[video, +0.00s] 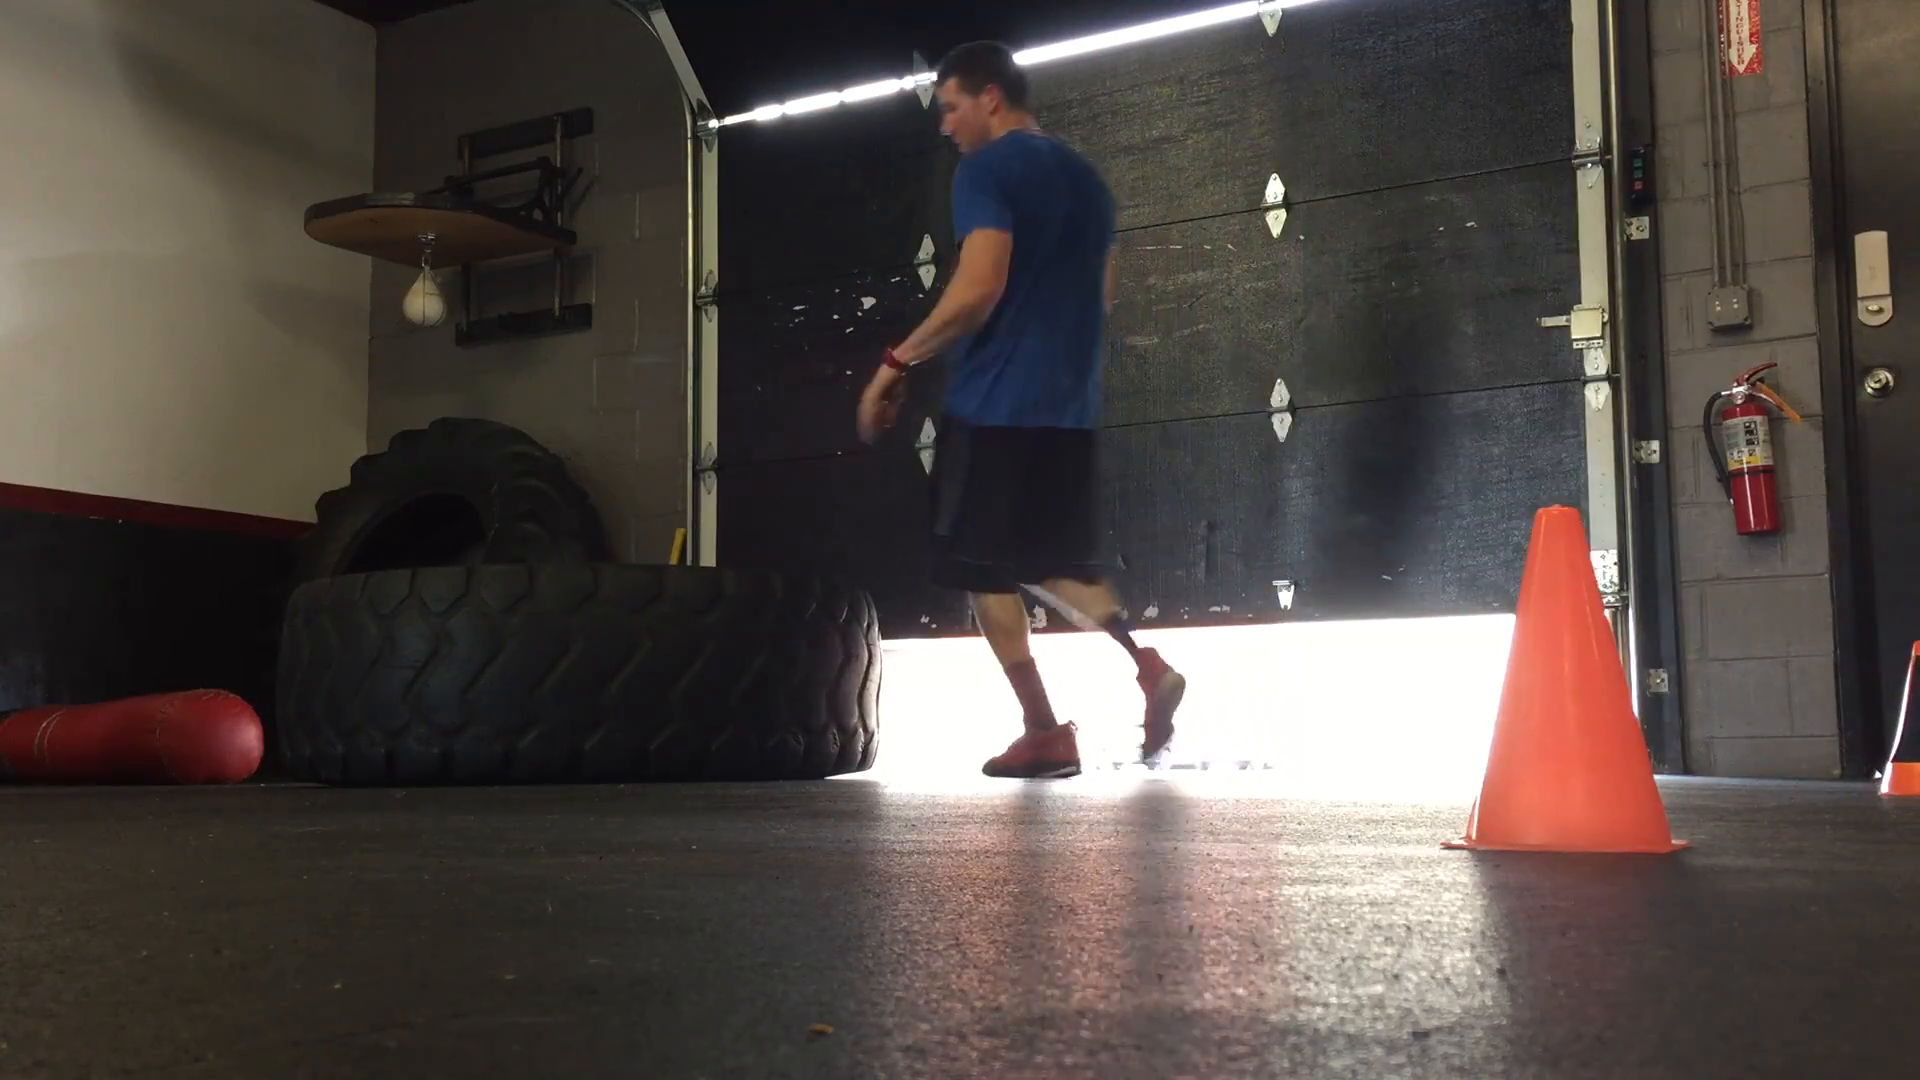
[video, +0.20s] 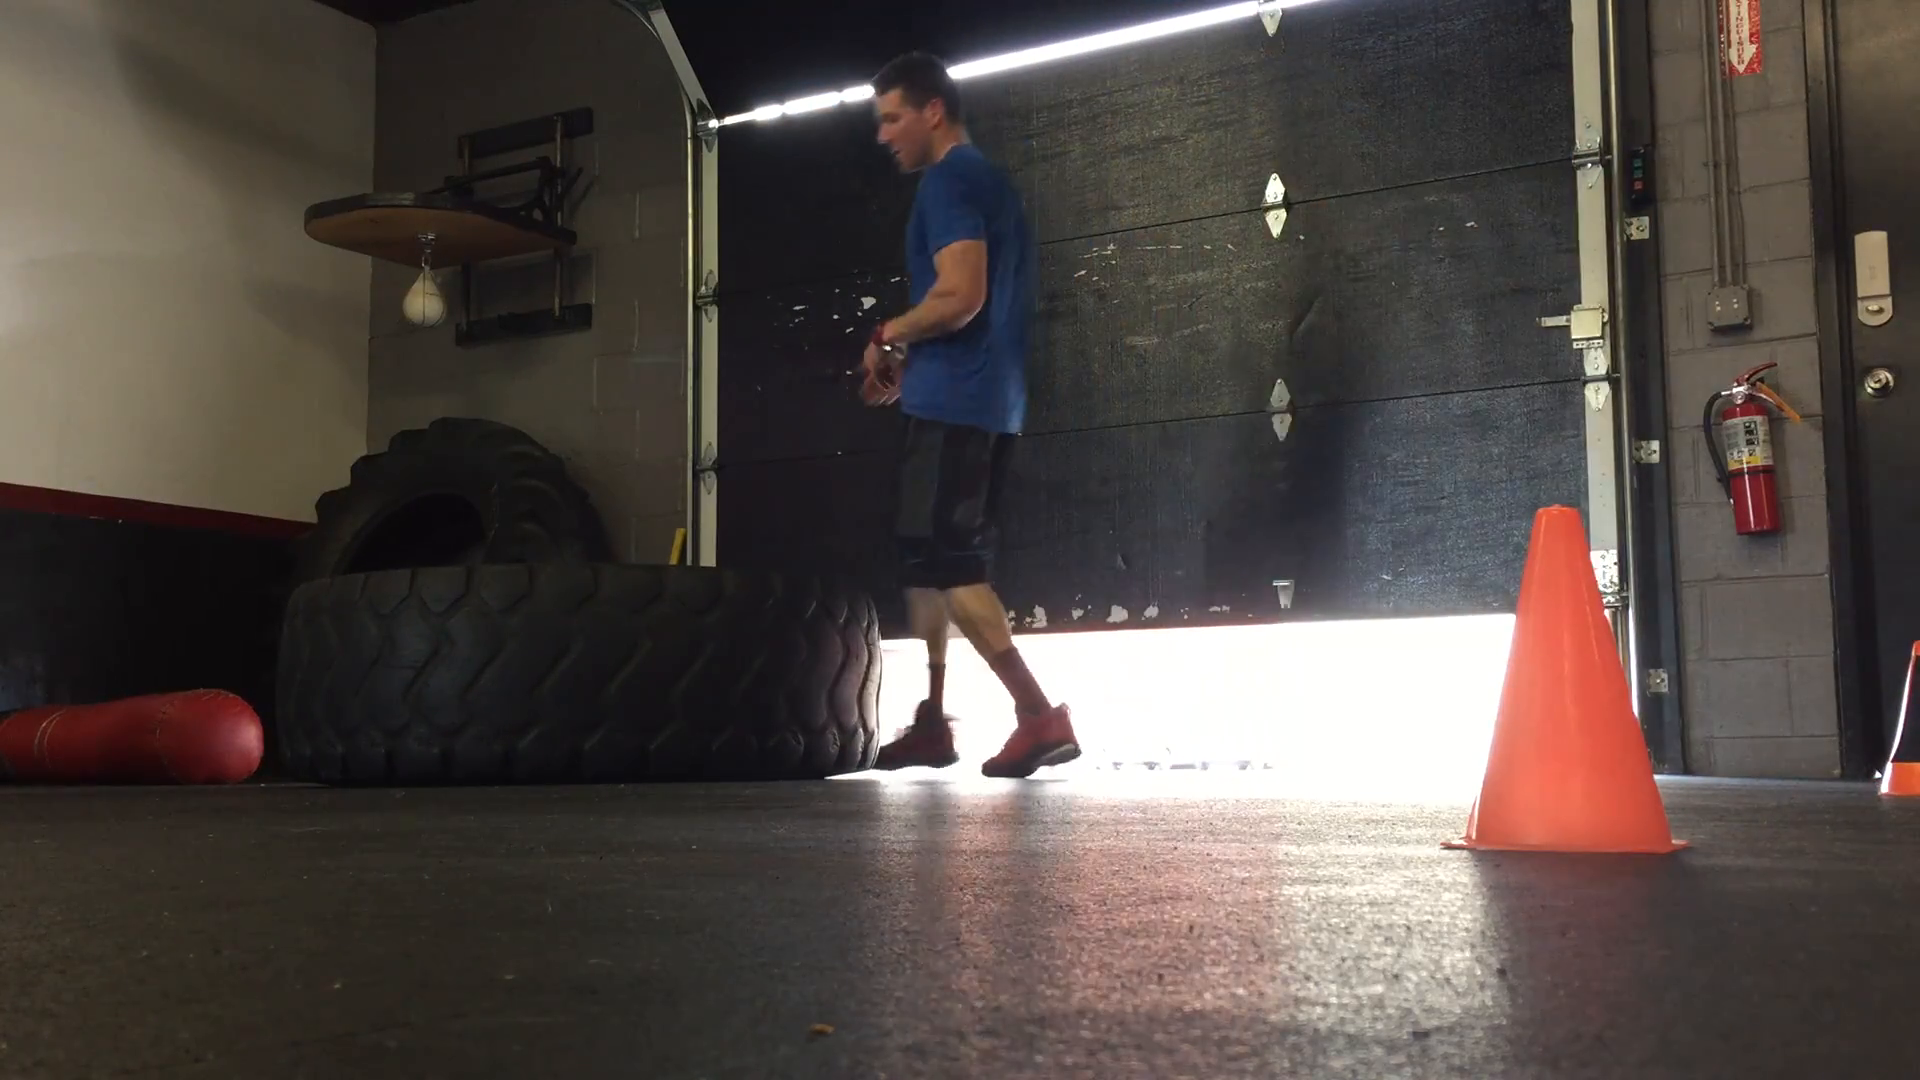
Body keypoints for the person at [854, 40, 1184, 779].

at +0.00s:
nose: (946, 127)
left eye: (950, 109)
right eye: (943, 112)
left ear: (990, 98)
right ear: (1001, 101)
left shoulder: (988, 168)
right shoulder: (1088, 179)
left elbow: (977, 288)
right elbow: (1099, 300)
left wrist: (898, 361)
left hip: (994, 408)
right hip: (1068, 408)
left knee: (980, 562)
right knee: (1049, 558)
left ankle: (1044, 730)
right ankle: (1150, 666)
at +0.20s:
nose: (882, 134)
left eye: (891, 118)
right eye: (880, 120)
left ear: (933, 111)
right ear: (935, 116)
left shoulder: (953, 180)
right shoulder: (977, 181)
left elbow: (962, 294)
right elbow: (966, 303)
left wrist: (889, 329)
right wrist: (904, 355)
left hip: (962, 402)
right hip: (960, 399)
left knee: (944, 555)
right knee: (922, 556)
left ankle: (1040, 715)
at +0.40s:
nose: (841, 178)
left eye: (852, 164)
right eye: (837, 166)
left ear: (893, 159)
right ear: (865, 166)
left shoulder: (929, 228)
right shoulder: (874, 233)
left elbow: (960, 343)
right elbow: (873, 346)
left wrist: (860, 375)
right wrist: (821, 402)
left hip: (916, 437)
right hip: (876, 431)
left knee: (882, 575)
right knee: (857, 575)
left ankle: (1022, 687)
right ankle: (901, 731)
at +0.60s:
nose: (800, 177)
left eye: (811, 162)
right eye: (792, 165)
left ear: (850, 150)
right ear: (789, 159)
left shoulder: (902, 217)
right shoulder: (793, 217)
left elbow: (920, 335)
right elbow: (791, 311)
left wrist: (840, 400)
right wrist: (776, 395)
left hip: (903, 401)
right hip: (828, 401)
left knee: (883, 540)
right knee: (776, 546)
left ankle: (910, 715)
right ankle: (801, 709)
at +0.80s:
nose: (748, 296)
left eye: (760, 282)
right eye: (740, 284)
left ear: (798, 276)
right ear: (731, 281)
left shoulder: (851, 334)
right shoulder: (738, 341)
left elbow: (841, 466)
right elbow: (747, 455)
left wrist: (823, 574)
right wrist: (738, 567)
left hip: (889, 458)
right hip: (805, 463)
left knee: (884, 558)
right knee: (733, 565)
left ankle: (913, 727)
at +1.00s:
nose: (698, 426)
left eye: (710, 411)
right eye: (689, 413)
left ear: (749, 404)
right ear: (682, 412)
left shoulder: (814, 451)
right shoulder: (689, 476)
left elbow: (819, 576)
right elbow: (706, 579)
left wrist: (815, 695)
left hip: (847, 533)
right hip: (756, 547)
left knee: (873, 566)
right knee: (644, 574)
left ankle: (911, 723)